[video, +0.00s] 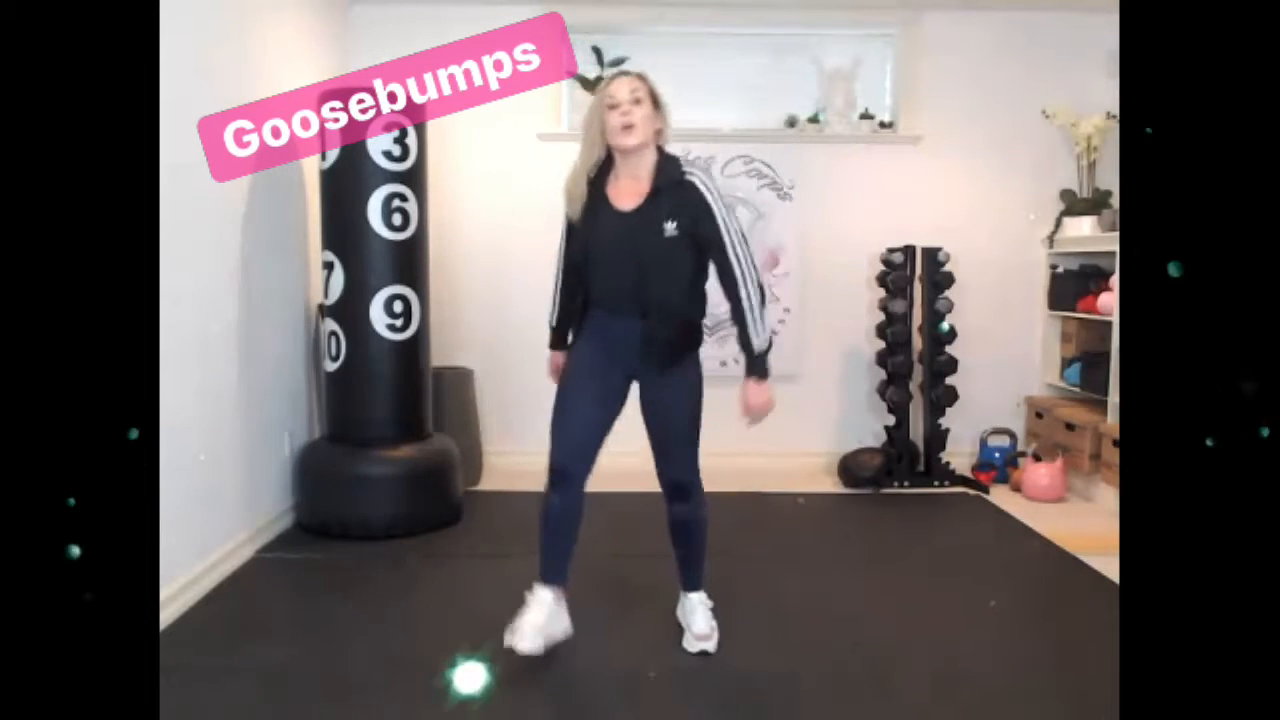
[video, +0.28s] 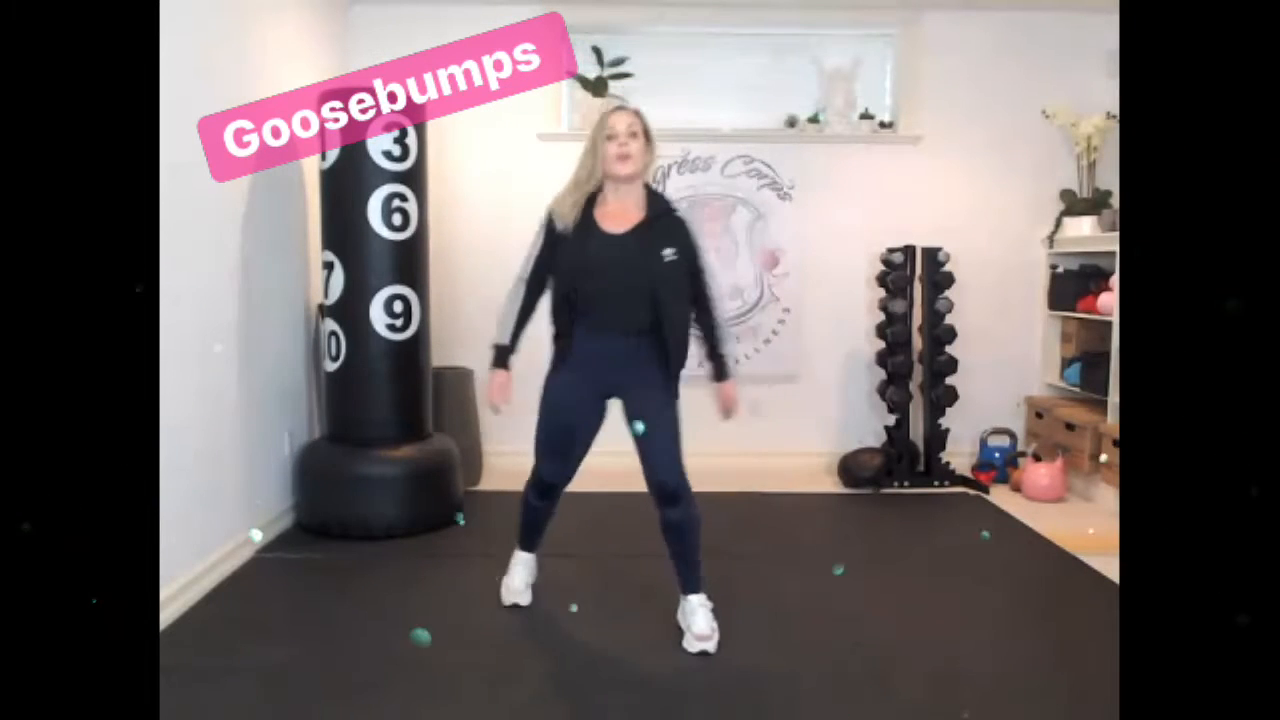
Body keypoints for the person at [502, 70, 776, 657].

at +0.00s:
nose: (625, 113)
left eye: (636, 103)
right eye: (613, 106)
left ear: (657, 118)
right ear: (599, 124)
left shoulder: (689, 188)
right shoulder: (587, 190)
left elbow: (738, 273)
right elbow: (572, 269)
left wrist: (756, 368)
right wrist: (560, 340)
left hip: (670, 349)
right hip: (599, 345)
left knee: (681, 480)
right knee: (565, 468)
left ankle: (693, 596)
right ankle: (549, 596)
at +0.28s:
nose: (622, 146)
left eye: (632, 137)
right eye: (612, 138)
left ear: (648, 148)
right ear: (597, 150)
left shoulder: (667, 222)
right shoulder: (567, 216)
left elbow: (699, 297)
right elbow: (532, 285)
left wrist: (722, 372)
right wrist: (503, 358)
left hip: (647, 365)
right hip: (579, 363)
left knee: (669, 485)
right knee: (550, 475)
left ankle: (693, 598)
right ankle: (524, 556)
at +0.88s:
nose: (620, 148)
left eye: (628, 140)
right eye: (611, 139)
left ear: (639, 151)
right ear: (592, 147)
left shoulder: (645, 218)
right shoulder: (556, 201)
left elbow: (655, 296)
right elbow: (523, 272)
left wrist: (672, 368)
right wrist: (509, 347)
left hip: (617, 341)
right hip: (554, 339)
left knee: (657, 439)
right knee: (539, 456)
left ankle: (657, 527)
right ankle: (522, 558)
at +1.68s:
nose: (703, 165)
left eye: (712, 156)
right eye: (695, 158)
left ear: (729, 163)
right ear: (684, 167)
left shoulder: (747, 222)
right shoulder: (666, 226)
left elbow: (761, 298)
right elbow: (660, 294)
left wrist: (776, 367)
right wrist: (655, 353)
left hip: (738, 351)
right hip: (684, 354)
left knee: (744, 454)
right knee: (683, 452)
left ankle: (745, 542)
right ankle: (702, 529)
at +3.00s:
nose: (644, 184)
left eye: (653, 176)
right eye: (635, 175)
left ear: (662, 180)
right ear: (618, 177)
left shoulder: (673, 232)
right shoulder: (588, 227)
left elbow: (695, 303)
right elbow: (561, 294)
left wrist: (717, 369)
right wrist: (551, 358)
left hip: (657, 354)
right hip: (597, 354)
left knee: (693, 449)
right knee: (567, 452)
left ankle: (736, 537)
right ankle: (541, 537)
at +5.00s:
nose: (640, 177)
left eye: (648, 170)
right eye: (631, 170)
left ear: (661, 182)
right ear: (617, 180)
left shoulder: (675, 239)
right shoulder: (594, 236)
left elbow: (692, 309)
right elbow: (569, 304)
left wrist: (712, 376)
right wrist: (545, 370)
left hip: (663, 360)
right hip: (604, 361)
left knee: (702, 456)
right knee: (574, 461)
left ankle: (728, 543)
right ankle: (541, 540)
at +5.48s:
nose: (708, 160)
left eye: (718, 154)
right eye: (700, 153)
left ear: (734, 165)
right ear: (689, 163)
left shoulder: (749, 220)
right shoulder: (676, 217)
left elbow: (771, 297)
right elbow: (668, 286)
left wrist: (758, 370)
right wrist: (656, 356)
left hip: (727, 340)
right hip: (676, 333)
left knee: (728, 453)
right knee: (590, 338)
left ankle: (735, 542)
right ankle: (568, 453)